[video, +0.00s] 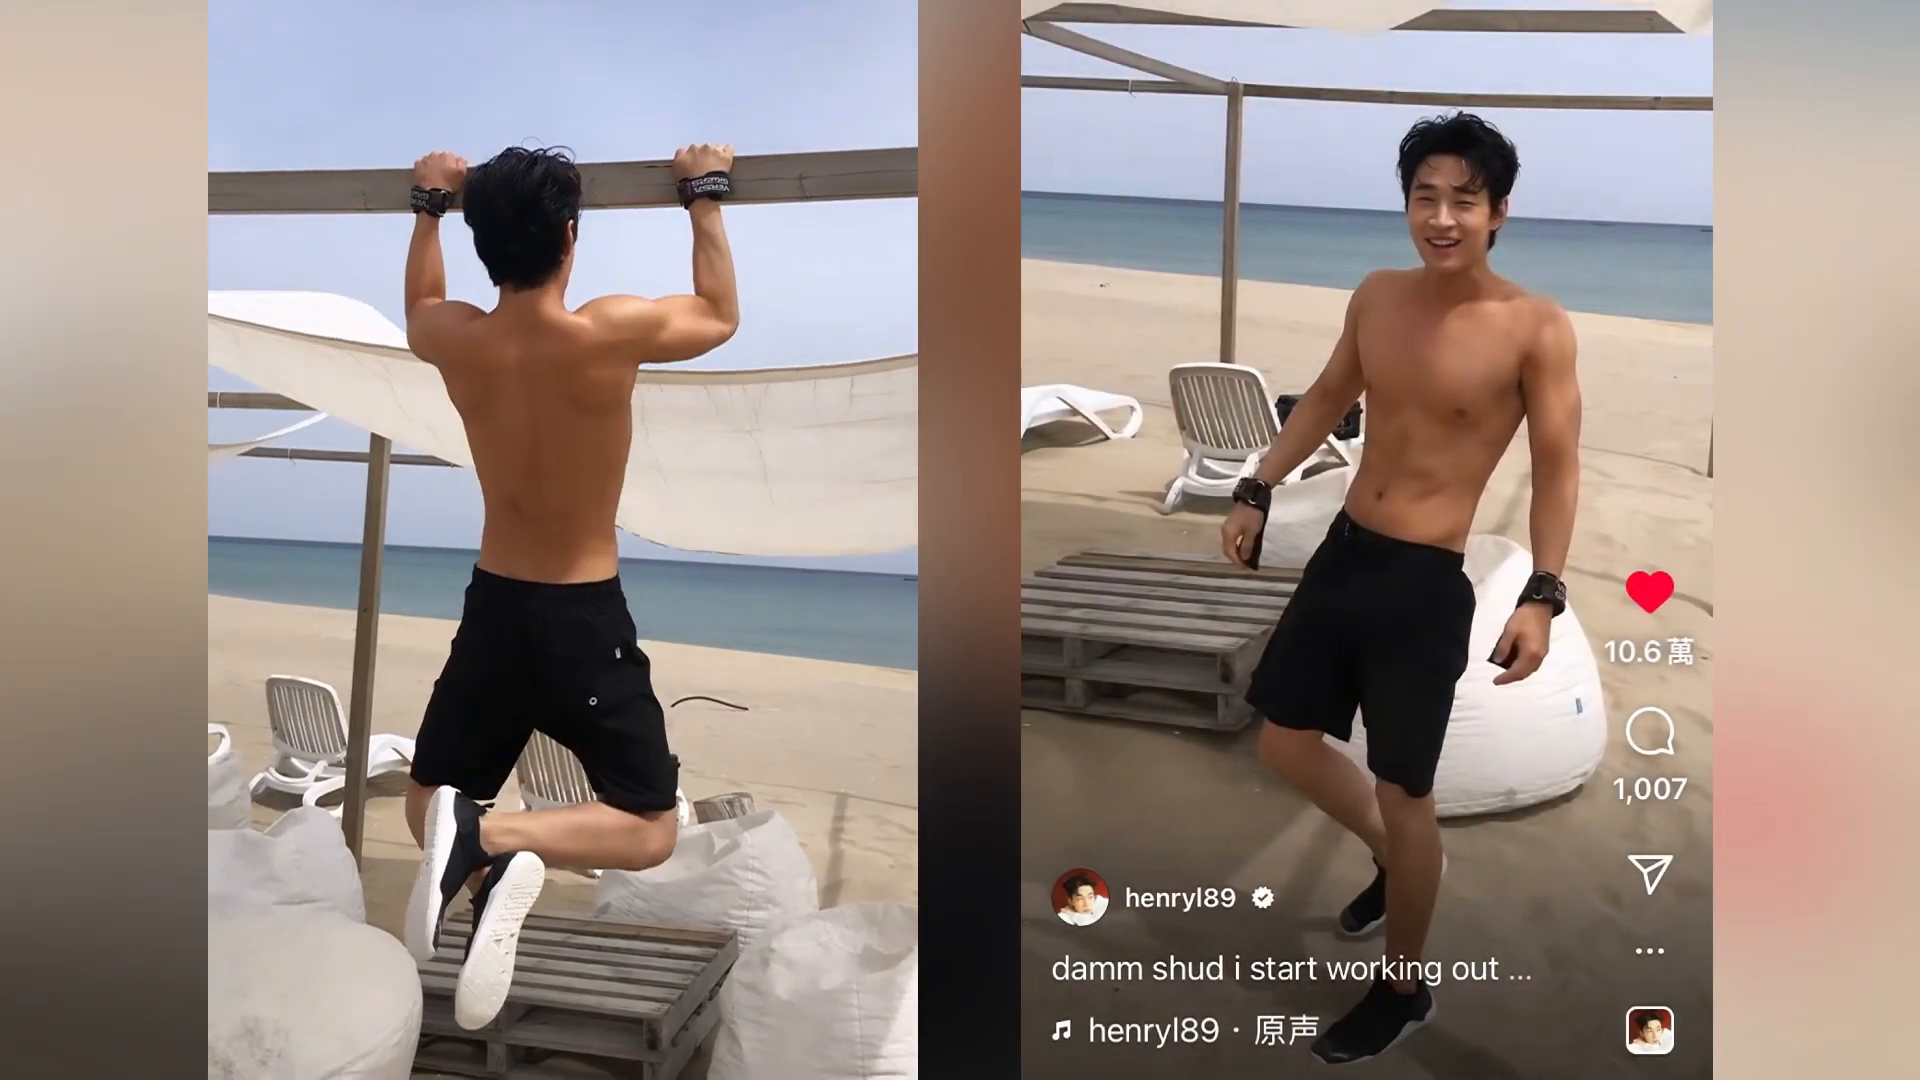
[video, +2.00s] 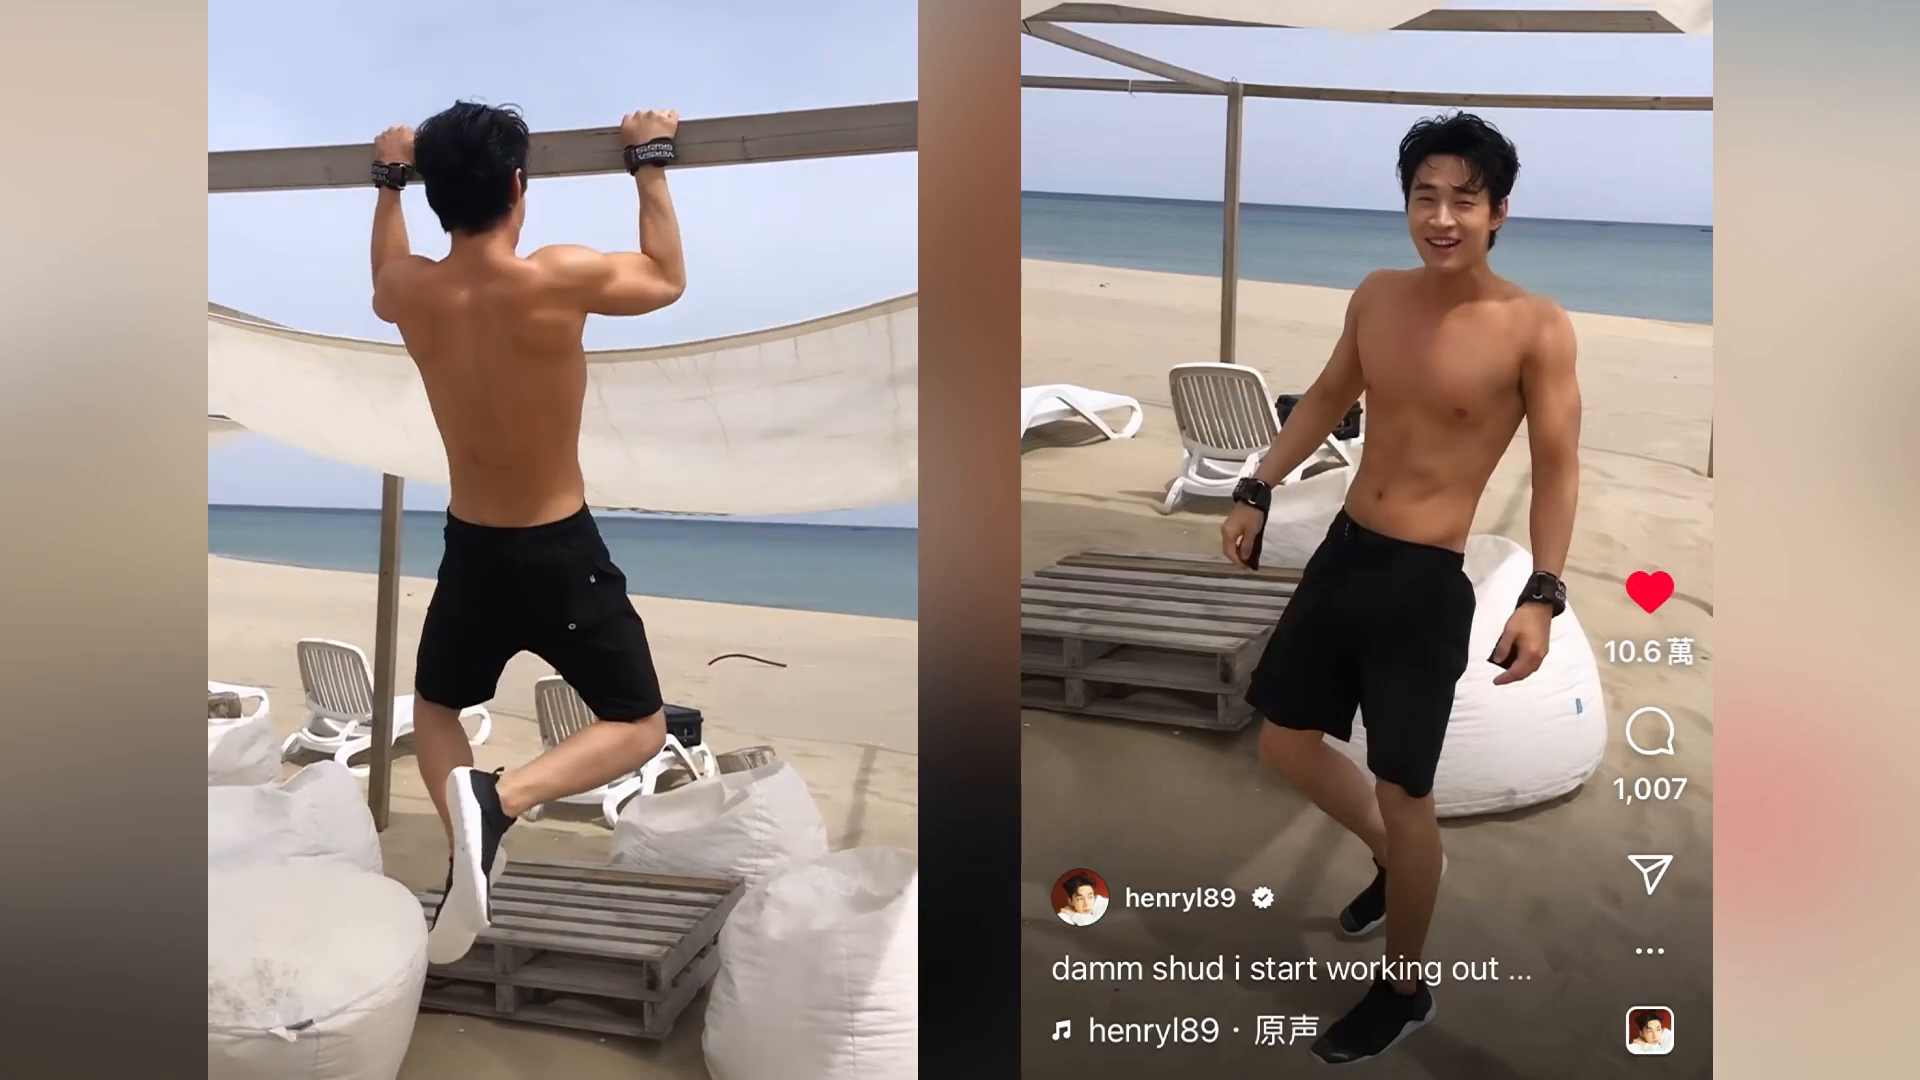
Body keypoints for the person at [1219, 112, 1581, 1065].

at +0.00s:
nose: (1440, 216)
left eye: (1462, 198)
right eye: (1424, 197)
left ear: (1498, 210)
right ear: (1406, 208)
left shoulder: (1534, 328)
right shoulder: (1378, 297)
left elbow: (1556, 468)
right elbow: (1329, 398)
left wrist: (1540, 595)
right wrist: (1256, 484)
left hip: (1427, 579)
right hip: (1345, 554)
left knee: (1402, 799)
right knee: (1284, 742)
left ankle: (1402, 981)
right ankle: (1398, 847)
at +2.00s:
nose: (1440, 216)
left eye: (1462, 198)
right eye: (1424, 197)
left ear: (1498, 210)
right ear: (1406, 208)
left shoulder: (1535, 328)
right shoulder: (1378, 296)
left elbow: (1556, 468)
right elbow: (1330, 398)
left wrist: (1540, 595)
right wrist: (1255, 484)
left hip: (1426, 579)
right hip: (1345, 553)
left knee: (1402, 799)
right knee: (1284, 742)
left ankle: (1403, 981)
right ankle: (1398, 847)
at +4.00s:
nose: (1440, 216)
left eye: (1462, 198)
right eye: (1424, 197)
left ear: (1498, 210)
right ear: (1406, 208)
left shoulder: (1535, 328)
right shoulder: (1378, 296)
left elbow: (1556, 468)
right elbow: (1330, 398)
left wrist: (1540, 595)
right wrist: (1255, 484)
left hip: (1426, 579)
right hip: (1345, 553)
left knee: (1402, 799)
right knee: (1284, 742)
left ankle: (1403, 981)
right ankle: (1398, 847)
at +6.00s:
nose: (1440, 216)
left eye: (1462, 199)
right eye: (1425, 197)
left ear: (1498, 211)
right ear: (1406, 207)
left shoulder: (1535, 328)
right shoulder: (1378, 296)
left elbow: (1556, 468)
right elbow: (1330, 398)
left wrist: (1541, 595)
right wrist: (1256, 484)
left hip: (1427, 579)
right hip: (1345, 553)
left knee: (1402, 799)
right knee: (1284, 741)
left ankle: (1402, 981)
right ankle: (1398, 848)